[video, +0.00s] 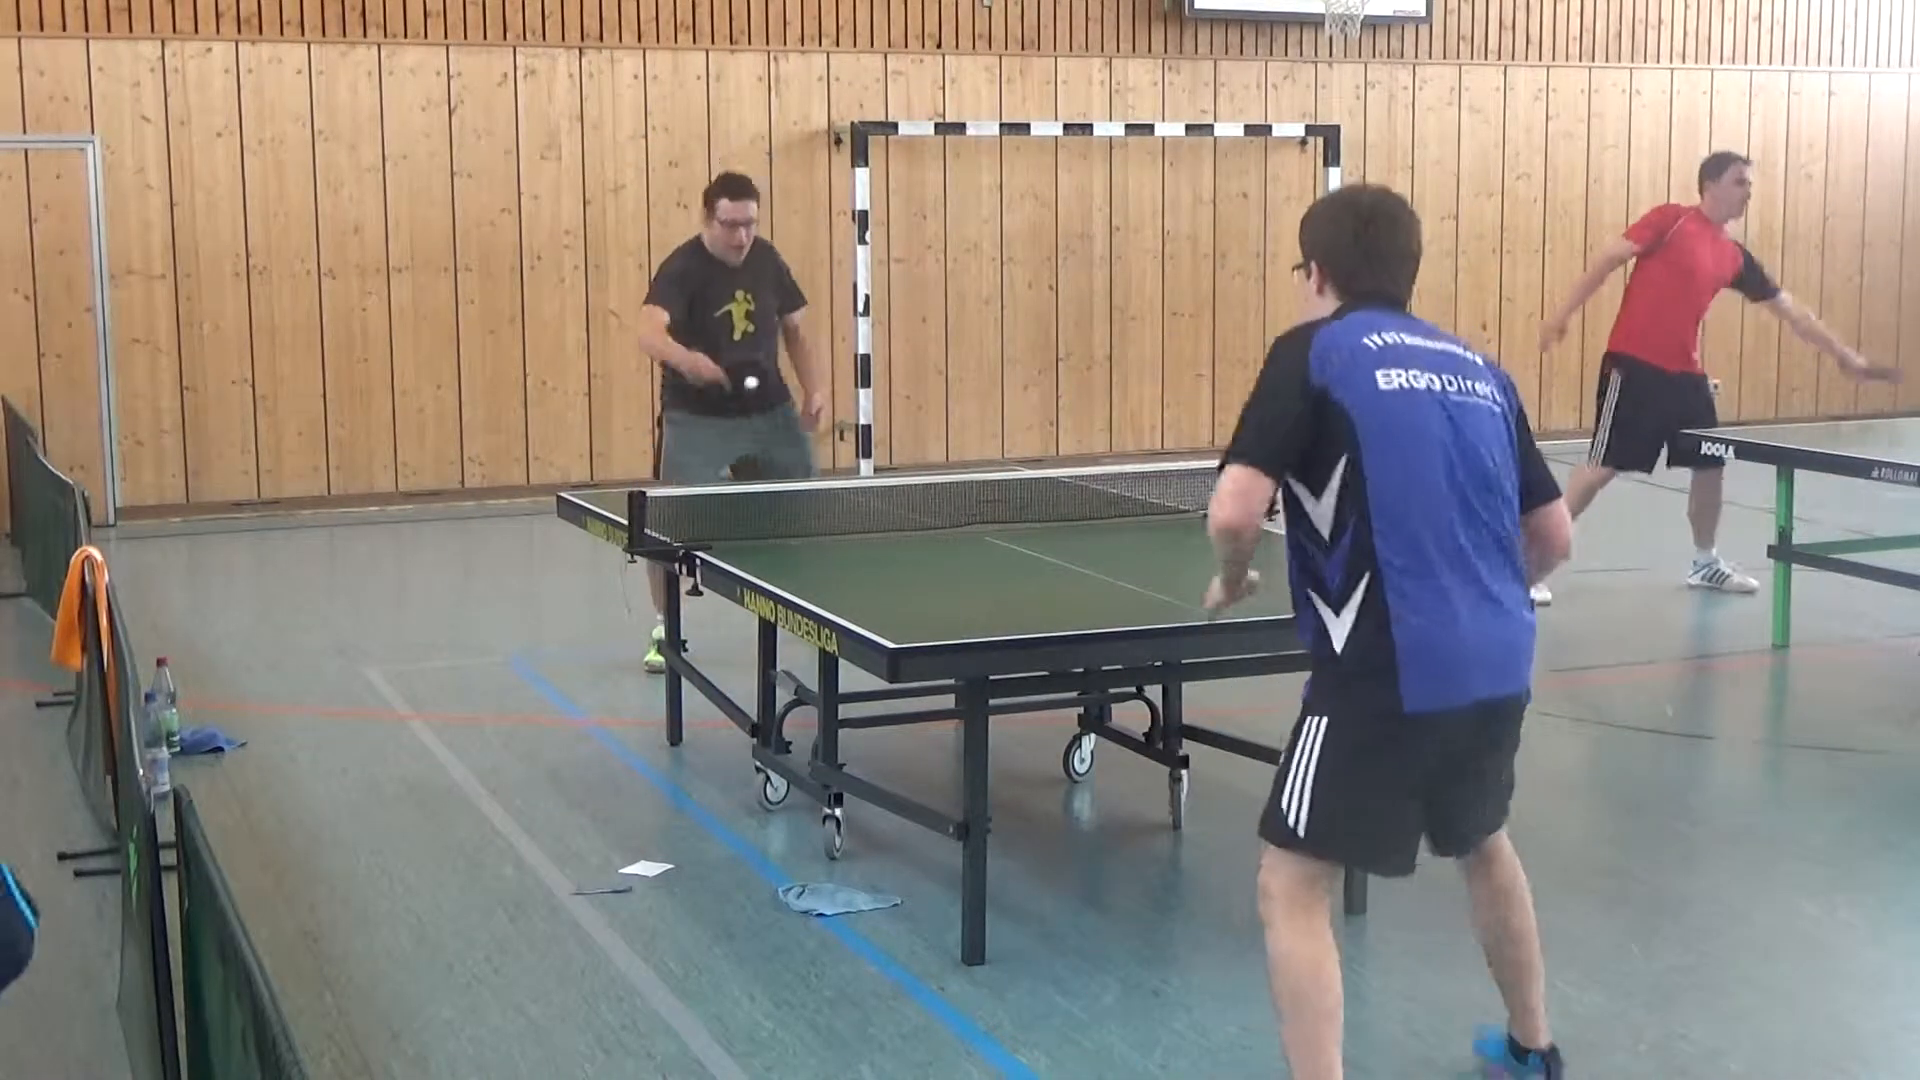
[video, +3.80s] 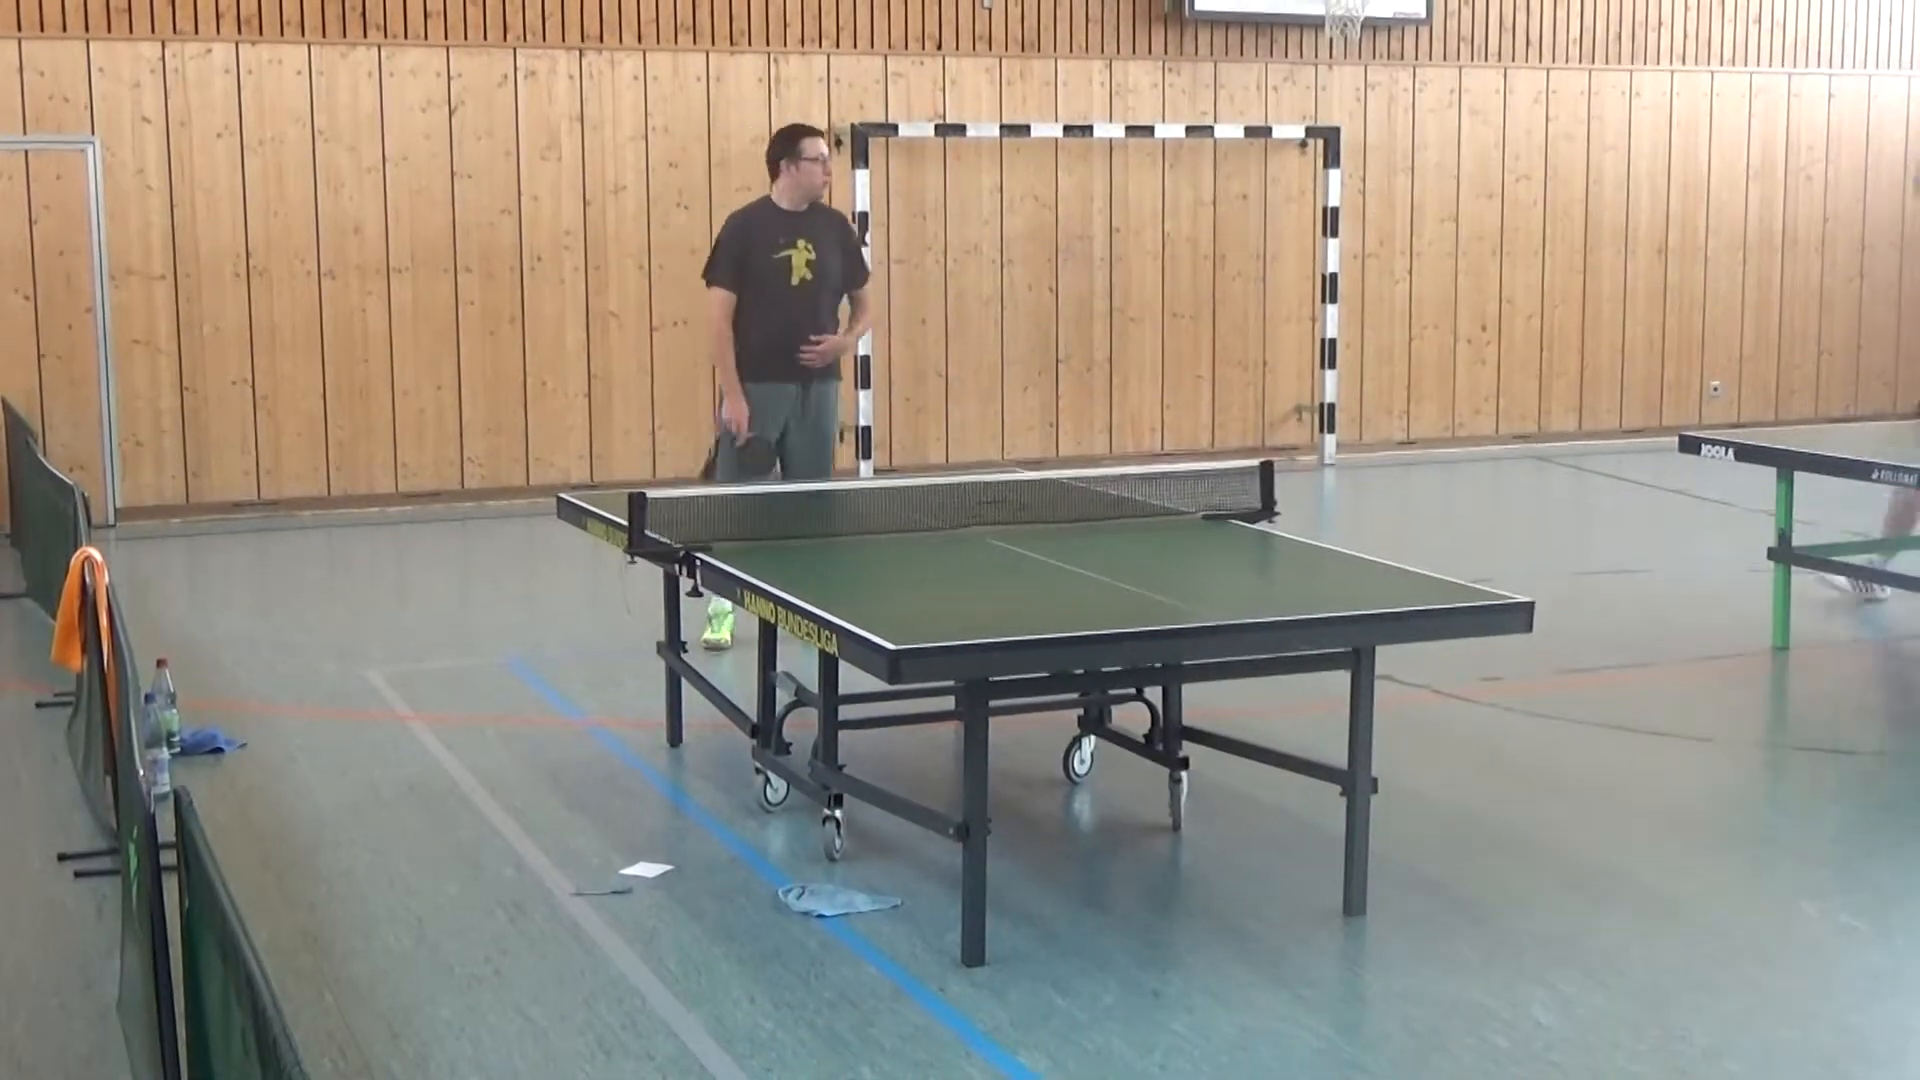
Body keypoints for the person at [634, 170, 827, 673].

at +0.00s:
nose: (742, 236)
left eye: (749, 224)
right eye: (731, 225)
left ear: (757, 219)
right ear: (707, 220)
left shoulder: (766, 259)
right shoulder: (682, 267)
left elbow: (796, 330)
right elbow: (649, 334)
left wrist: (816, 387)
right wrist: (687, 359)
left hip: (773, 417)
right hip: (701, 423)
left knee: (808, 517)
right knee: (672, 524)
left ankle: (817, 617)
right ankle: (666, 629)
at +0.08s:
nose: (722, 225)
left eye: (729, 213)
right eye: (711, 215)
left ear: (738, 212)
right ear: (687, 216)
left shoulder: (749, 253)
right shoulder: (673, 268)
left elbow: (774, 318)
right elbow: (626, 329)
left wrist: (800, 376)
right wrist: (633, 318)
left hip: (767, 418)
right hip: (698, 426)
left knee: (804, 519)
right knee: (671, 529)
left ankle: (821, 621)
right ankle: (666, 630)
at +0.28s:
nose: (676, 176)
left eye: (684, 165)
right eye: (664, 167)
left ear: (696, 168)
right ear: (646, 175)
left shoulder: (723, 215)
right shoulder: (643, 242)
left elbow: (762, 270)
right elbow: (601, 297)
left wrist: (802, 310)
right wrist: (575, 354)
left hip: (759, 383)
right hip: (697, 400)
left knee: (773, 507)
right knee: (686, 516)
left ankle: (794, 611)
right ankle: (668, 628)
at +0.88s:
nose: (715, 159)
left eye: (725, 150)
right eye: (705, 150)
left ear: (740, 159)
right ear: (688, 159)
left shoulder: (771, 217)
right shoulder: (673, 236)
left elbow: (811, 285)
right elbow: (642, 325)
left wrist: (822, 345)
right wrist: (638, 413)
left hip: (778, 392)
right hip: (705, 399)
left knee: (783, 521)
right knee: (683, 521)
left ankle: (785, 629)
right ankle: (667, 627)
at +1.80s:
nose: (796, 169)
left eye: (808, 162)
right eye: (789, 157)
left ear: (820, 169)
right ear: (772, 158)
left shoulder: (833, 232)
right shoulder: (732, 224)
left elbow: (853, 317)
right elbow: (686, 301)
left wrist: (848, 386)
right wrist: (693, 376)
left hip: (803, 410)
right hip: (728, 403)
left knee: (784, 543)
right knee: (706, 527)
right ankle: (692, 638)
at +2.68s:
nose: (745, 166)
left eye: (746, 157)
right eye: (734, 158)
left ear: (746, 161)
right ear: (701, 164)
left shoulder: (765, 218)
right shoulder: (673, 236)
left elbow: (793, 301)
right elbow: (660, 332)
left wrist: (804, 372)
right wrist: (685, 410)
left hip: (770, 394)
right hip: (704, 401)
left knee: (770, 513)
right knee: (701, 512)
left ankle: (785, 621)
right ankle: (718, 608)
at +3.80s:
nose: (828, 168)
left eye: (828, 159)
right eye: (818, 160)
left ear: (818, 167)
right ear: (785, 168)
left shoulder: (836, 227)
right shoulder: (743, 227)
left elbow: (862, 304)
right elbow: (718, 319)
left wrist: (843, 341)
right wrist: (732, 393)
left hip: (818, 389)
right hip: (758, 388)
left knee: (811, 505)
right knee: (734, 501)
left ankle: (808, 606)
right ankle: (722, 602)